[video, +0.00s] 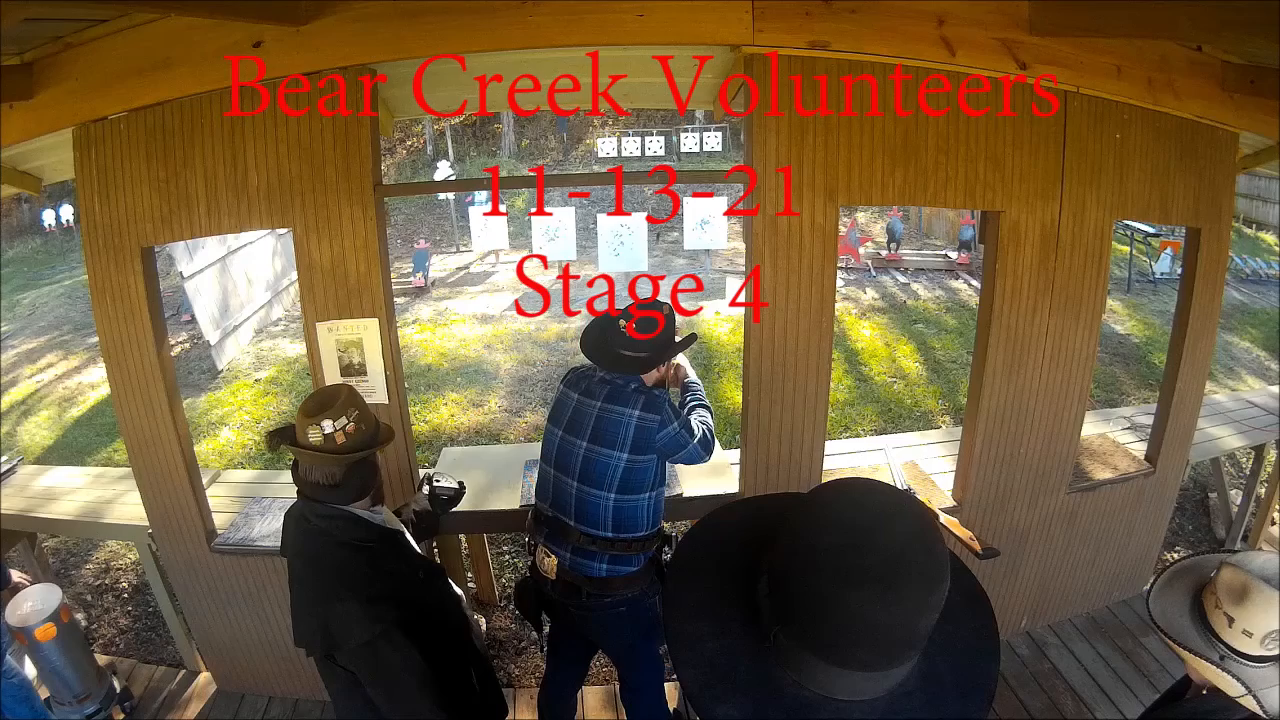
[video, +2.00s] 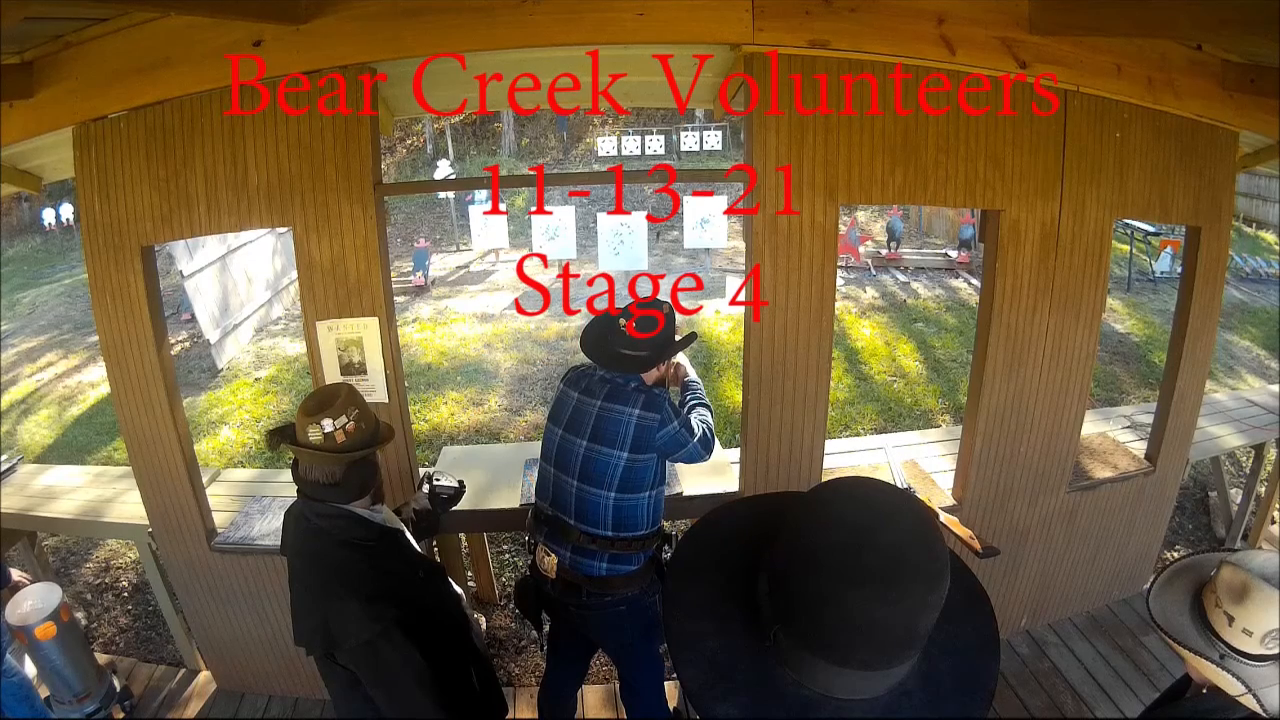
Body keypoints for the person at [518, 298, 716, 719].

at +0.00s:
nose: (669, 361)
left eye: (668, 354)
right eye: (666, 354)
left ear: (607, 350)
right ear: (651, 364)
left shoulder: (571, 384)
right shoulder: (653, 412)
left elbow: (615, 392)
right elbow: (701, 445)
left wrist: (652, 379)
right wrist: (690, 380)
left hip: (558, 579)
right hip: (620, 590)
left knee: (558, 686)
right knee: (645, 691)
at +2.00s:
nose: (668, 360)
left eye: (668, 353)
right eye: (666, 353)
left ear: (607, 349)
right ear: (652, 363)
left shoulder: (572, 383)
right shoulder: (653, 411)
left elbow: (615, 394)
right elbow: (701, 445)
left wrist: (651, 379)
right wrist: (691, 380)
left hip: (556, 576)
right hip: (618, 590)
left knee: (558, 682)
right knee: (644, 687)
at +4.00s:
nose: (667, 360)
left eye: (667, 353)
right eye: (665, 353)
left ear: (608, 347)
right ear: (652, 363)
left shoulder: (572, 381)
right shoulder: (652, 410)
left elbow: (616, 392)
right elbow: (701, 442)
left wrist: (651, 377)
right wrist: (690, 379)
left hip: (555, 576)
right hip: (618, 588)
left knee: (559, 678)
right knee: (645, 687)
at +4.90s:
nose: (668, 357)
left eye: (667, 351)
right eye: (665, 351)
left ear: (611, 346)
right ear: (650, 360)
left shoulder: (573, 381)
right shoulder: (640, 422)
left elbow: (618, 392)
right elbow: (702, 441)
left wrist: (649, 377)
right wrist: (689, 377)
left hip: (554, 577)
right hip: (614, 589)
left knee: (556, 681)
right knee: (646, 693)